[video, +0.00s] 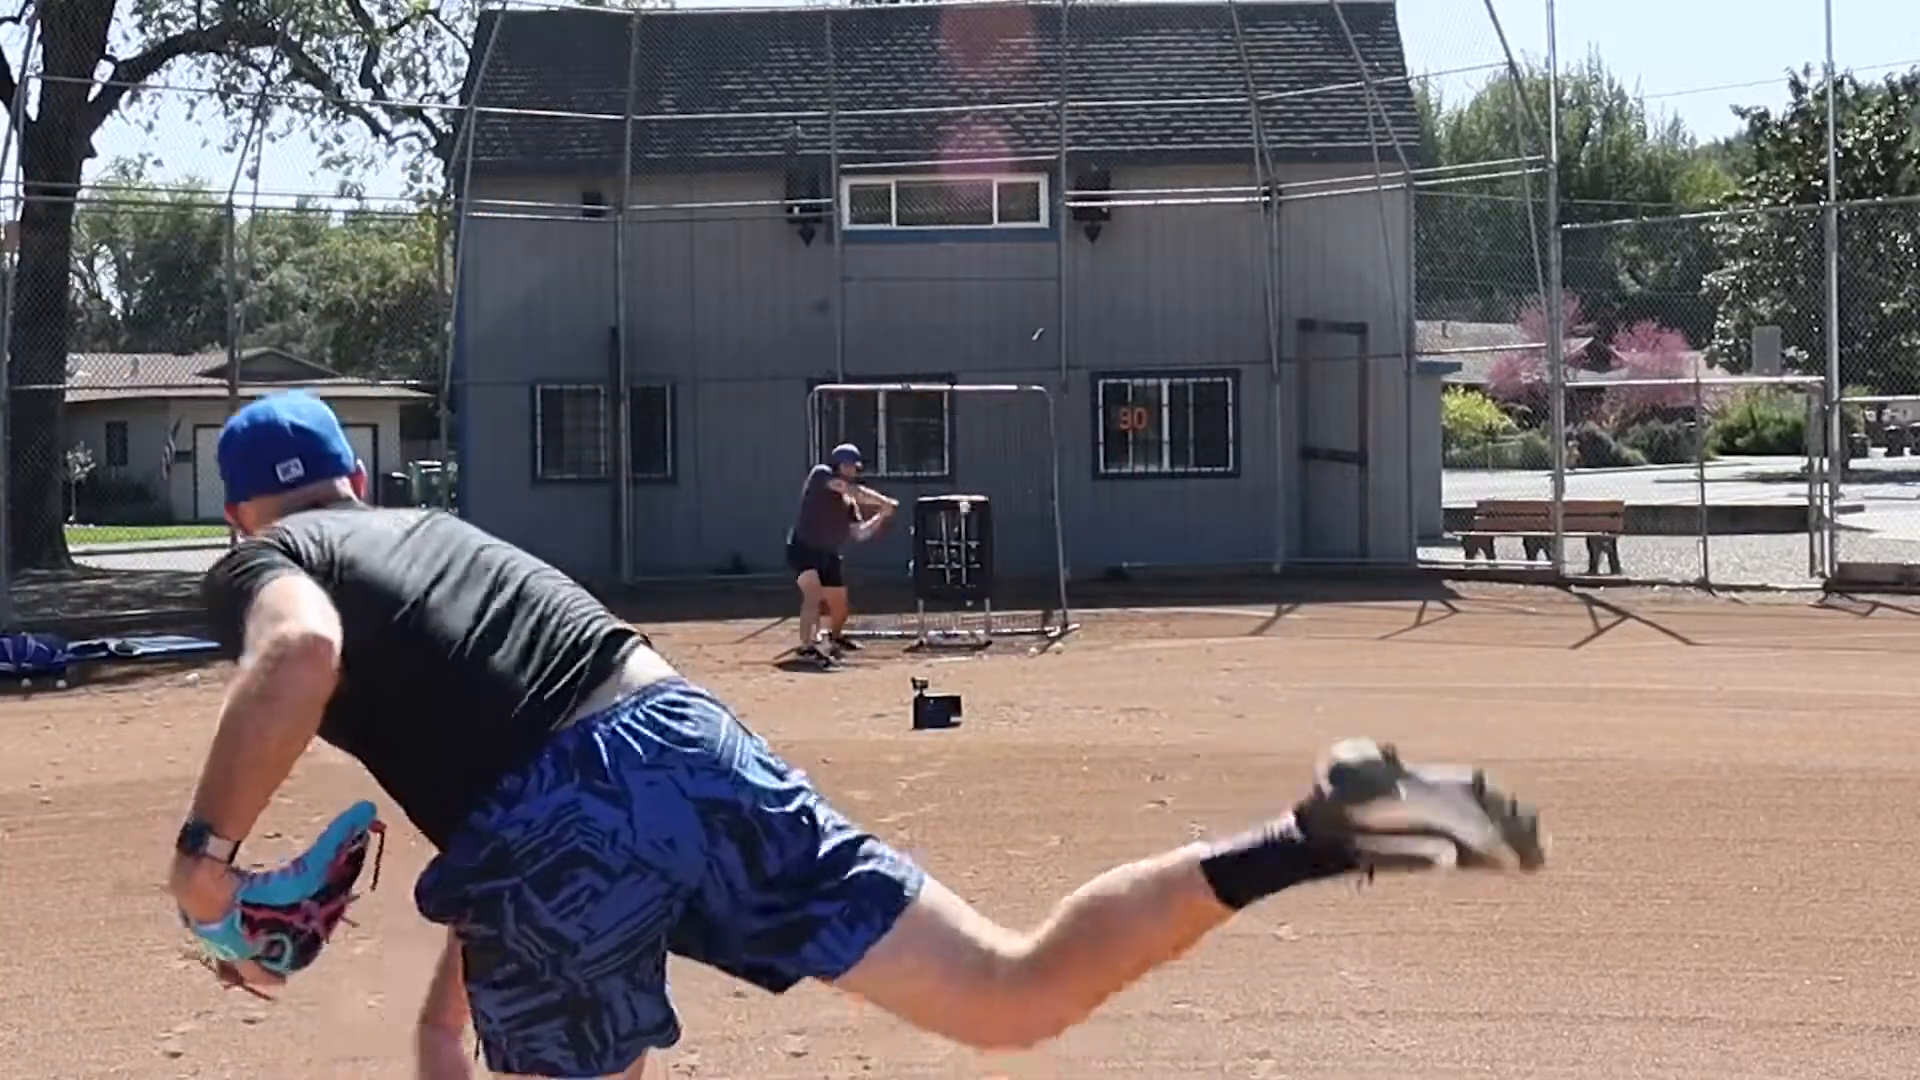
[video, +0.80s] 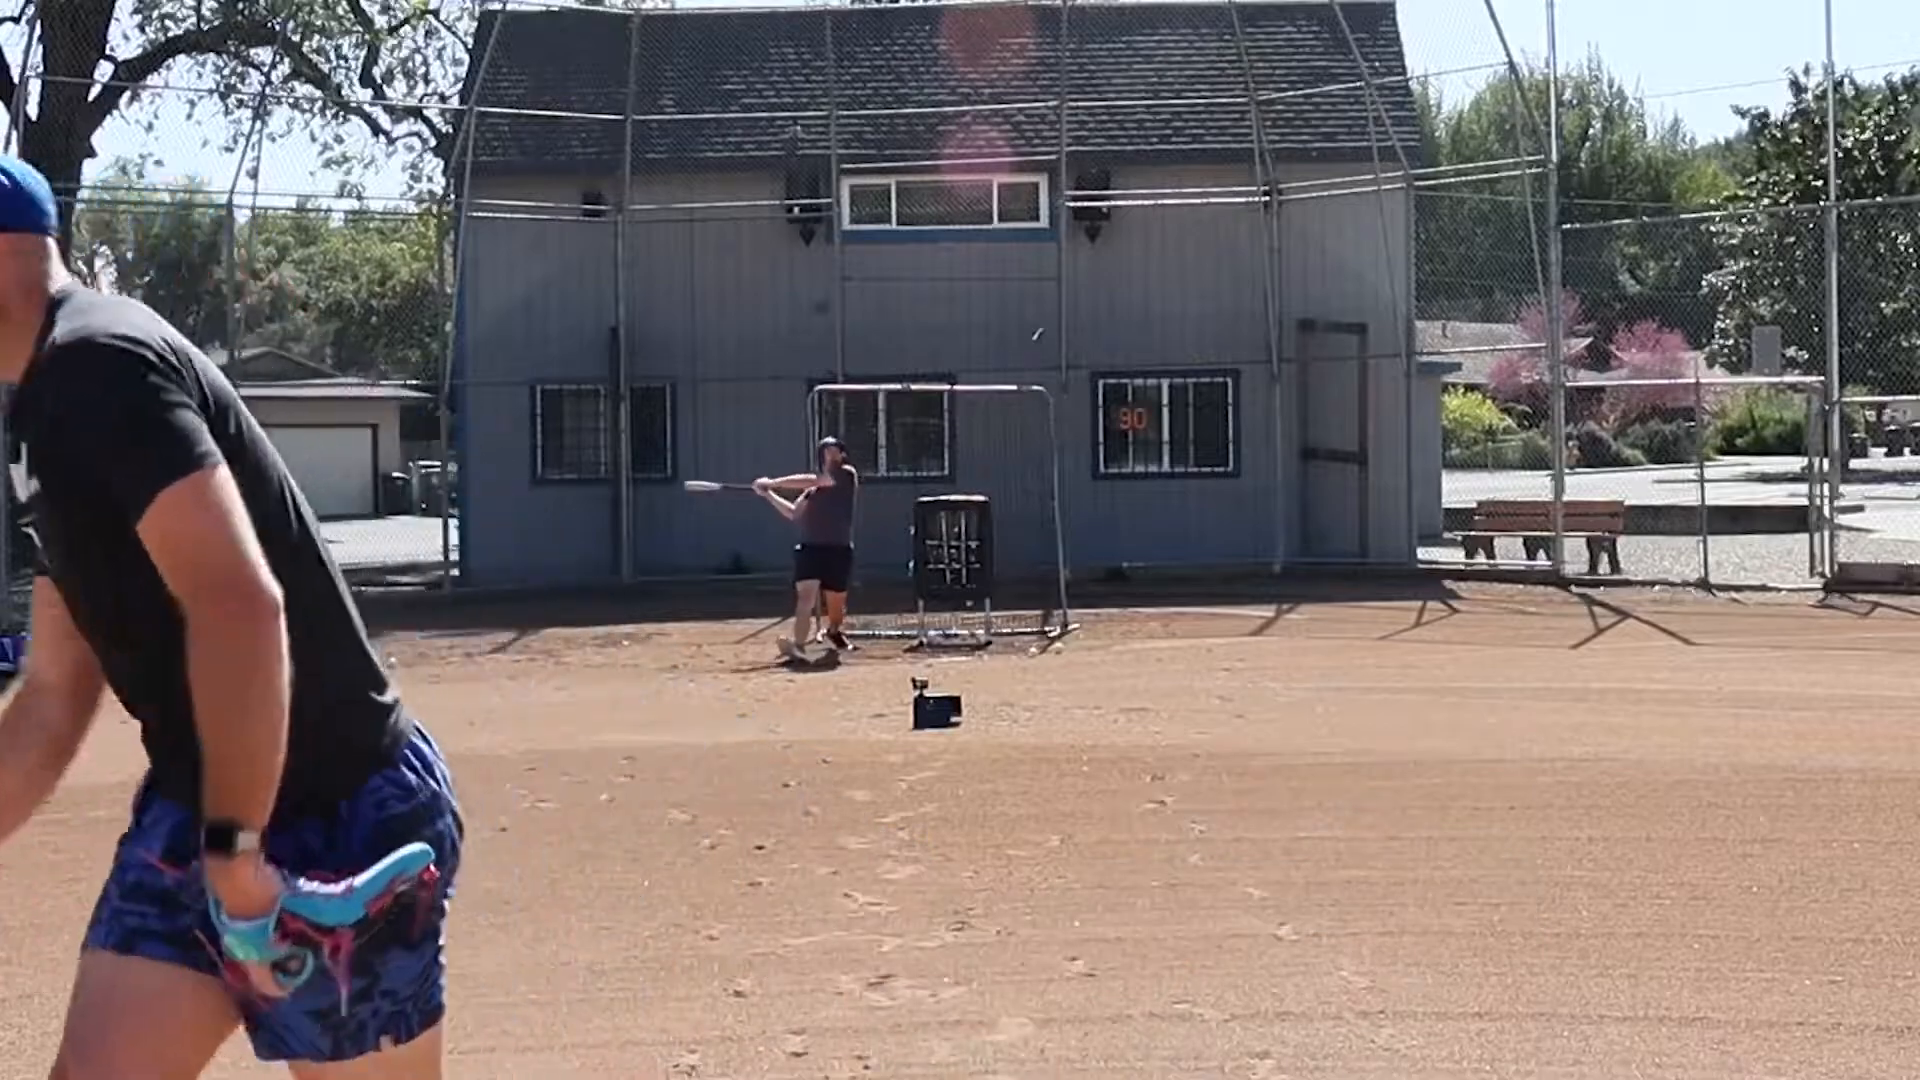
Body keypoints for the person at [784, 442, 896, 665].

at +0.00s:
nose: (855, 471)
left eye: (856, 467)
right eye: (851, 465)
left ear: (855, 467)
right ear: (839, 464)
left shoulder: (849, 498)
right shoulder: (820, 474)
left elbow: (858, 532)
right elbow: (854, 491)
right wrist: (884, 501)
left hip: (829, 552)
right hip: (805, 547)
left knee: (839, 606)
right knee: (813, 593)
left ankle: (835, 637)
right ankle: (806, 646)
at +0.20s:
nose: (858, 474)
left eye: (861, 470)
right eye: (854, 469)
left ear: (865, 472)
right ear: (845, 469)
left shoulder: (863, 496)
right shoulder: (827, 481)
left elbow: (833, 501)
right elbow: (809, 503)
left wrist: (794, 497)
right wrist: (790, 505)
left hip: (831, 554)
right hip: (805, 547)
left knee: (833, 612)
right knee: (799, 599)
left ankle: (829, 632)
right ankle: (795, 646)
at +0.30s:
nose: (850, 467)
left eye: (855, 463)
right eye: (846, 462)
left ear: (859, 466)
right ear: (837, 464)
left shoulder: (854, 487)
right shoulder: (827, 488)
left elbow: (819, 488)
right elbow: (808, 513)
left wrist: (787, 488)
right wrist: (785, 493)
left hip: (833, 551)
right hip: (807, 548)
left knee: (834, 608)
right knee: (800, 600)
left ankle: (833, 631)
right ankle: (797, 645)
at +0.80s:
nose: (832, 455)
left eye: (836, 450)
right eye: (828, 451)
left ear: (843, 455)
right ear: (821, 456)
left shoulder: (847, 474)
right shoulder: (814, 486)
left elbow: (815, 481)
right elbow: (793, 513)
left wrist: (773, 483)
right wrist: (767, 494)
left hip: (838, 547)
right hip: (810, 546)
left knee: (837, 601)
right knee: (805, 598)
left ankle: (834, 632)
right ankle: (799, 646)